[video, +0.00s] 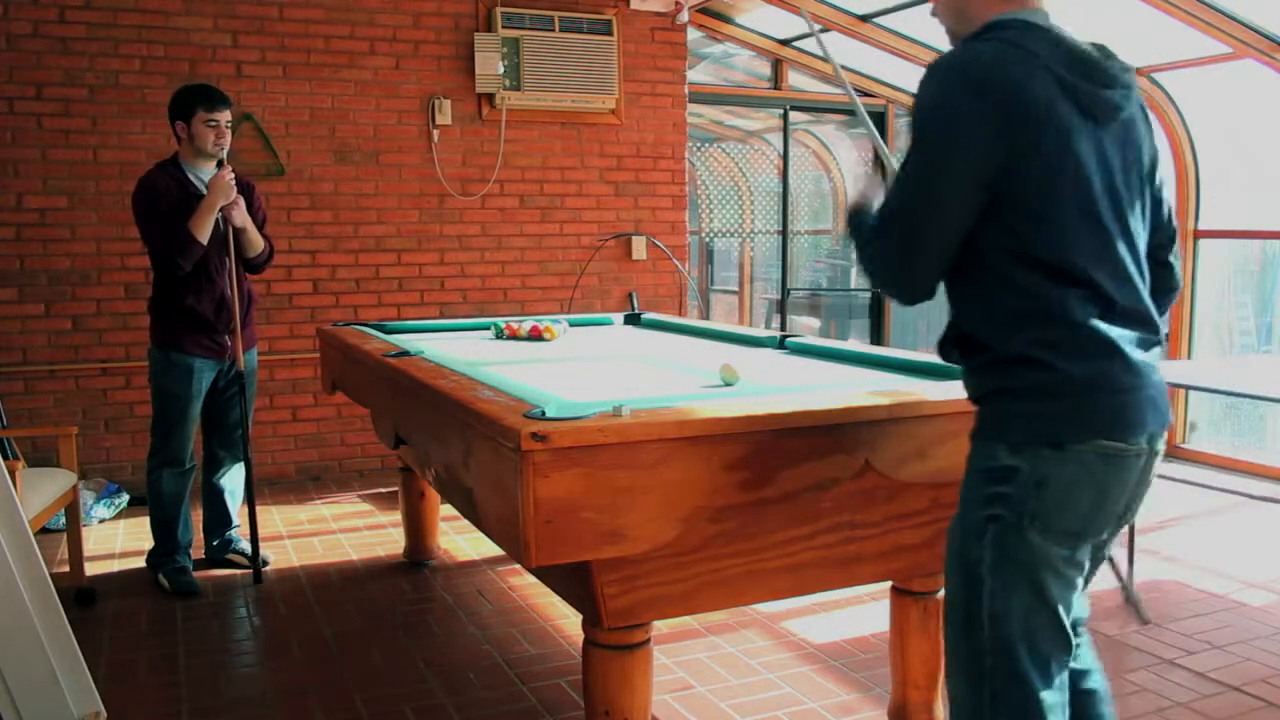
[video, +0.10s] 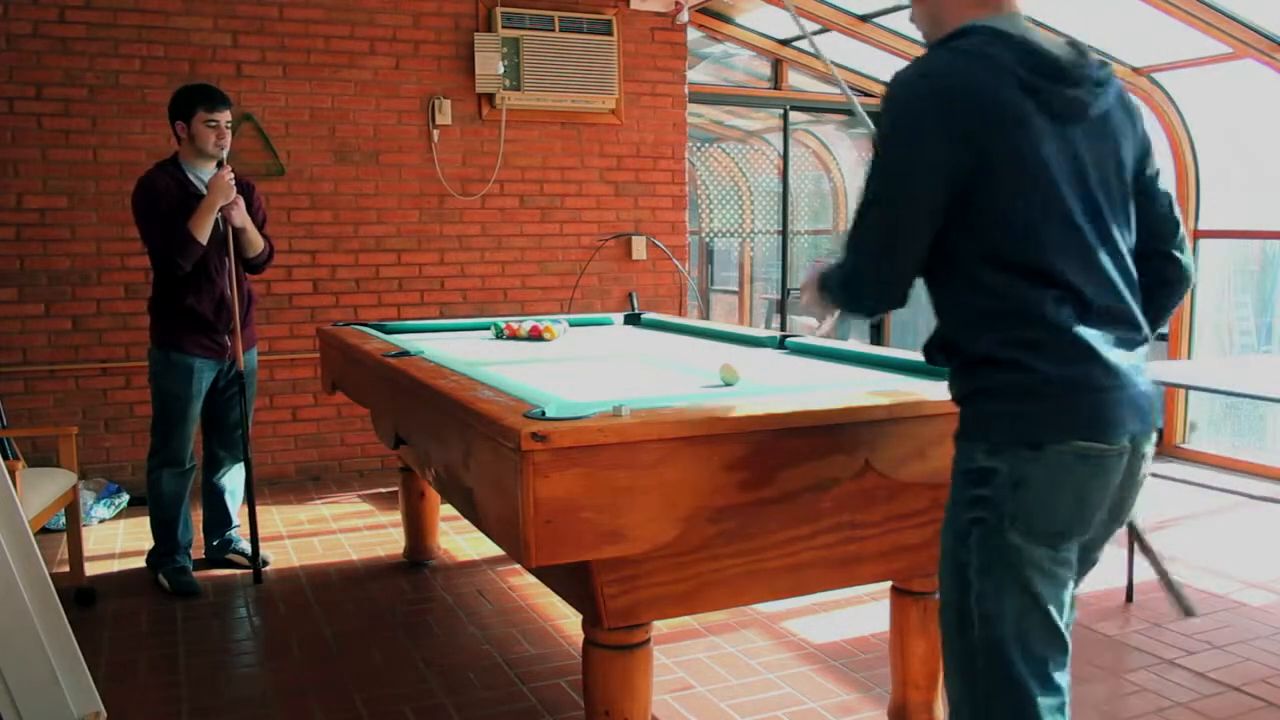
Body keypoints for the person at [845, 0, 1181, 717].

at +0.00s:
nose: (934, 9)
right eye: (933, 0)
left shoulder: (974, 73)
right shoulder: (1116, 85)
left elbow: (904, 270)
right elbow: (1160, 271)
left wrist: (866, 200)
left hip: (1043, 419)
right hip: (1134, 410)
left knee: (1002, 682)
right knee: (1056, 638)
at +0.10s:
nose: (913, 15)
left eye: (913, 5)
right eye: (912, 7)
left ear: (933, 1)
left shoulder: (937, 82)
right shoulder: (1108, 90)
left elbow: (877, 278)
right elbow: (1167, 266)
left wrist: (826, 284)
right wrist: (1093, 338)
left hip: (1028, 423)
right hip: (1126, 420)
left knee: (1009, 691)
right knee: (1016, 673)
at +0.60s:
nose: (840, 45)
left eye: (840, 31)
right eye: (844, 31)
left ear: (855, 32)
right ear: (930, 34)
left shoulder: (831, 136)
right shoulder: (1022, 118)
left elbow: (764, 264)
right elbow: (1113, 241)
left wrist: (737, 353)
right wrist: (1068, 379)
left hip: (910, 415)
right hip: (1018, 415)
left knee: (898, 644)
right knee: (964, 638)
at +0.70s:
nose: (834, 45)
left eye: (835, 32)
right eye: (838, 31)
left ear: (849, 34)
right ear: (924, 36)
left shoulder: (823, 134)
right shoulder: (1013, 118)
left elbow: (759, 265)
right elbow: (1100, 240)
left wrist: (738, 355)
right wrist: (1060, 378)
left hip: (892, 406)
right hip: (1001, 406)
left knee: (869, 627)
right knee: (957, 627)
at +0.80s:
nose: (830, 49)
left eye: (830, 35)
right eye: (832, 35)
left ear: (843, 35)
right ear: (918, 38)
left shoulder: (816, 133)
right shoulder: (1002, 117)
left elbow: (758, 258)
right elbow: (1090, 239)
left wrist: (743, 355)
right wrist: (1050, 376)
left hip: (877, 400)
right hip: (986, 401)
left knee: (850, 625)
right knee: (949, 625)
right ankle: (937, 718)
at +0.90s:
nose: (823, 51)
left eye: (824, 38)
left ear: (835, 38)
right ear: (913, 39)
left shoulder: (807, 132)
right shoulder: (994, 117)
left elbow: (756, 260)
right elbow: (1079, 240)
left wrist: (749, 352)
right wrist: (1040, 376)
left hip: (865, 400)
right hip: (976, 400)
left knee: (838, 627)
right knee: (942, 628)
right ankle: (928, 719)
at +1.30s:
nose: (807, 52)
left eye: (807, 40)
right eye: (808, 39)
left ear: (817, 39)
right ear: (894, 37)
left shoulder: (789, 137)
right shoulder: (978, 114)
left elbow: (755, 269)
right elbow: (1061, 239)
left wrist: (762, 347)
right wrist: (1018, 370)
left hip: (849, 397)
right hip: (962, 397)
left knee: (825, 635)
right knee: (932, 640)